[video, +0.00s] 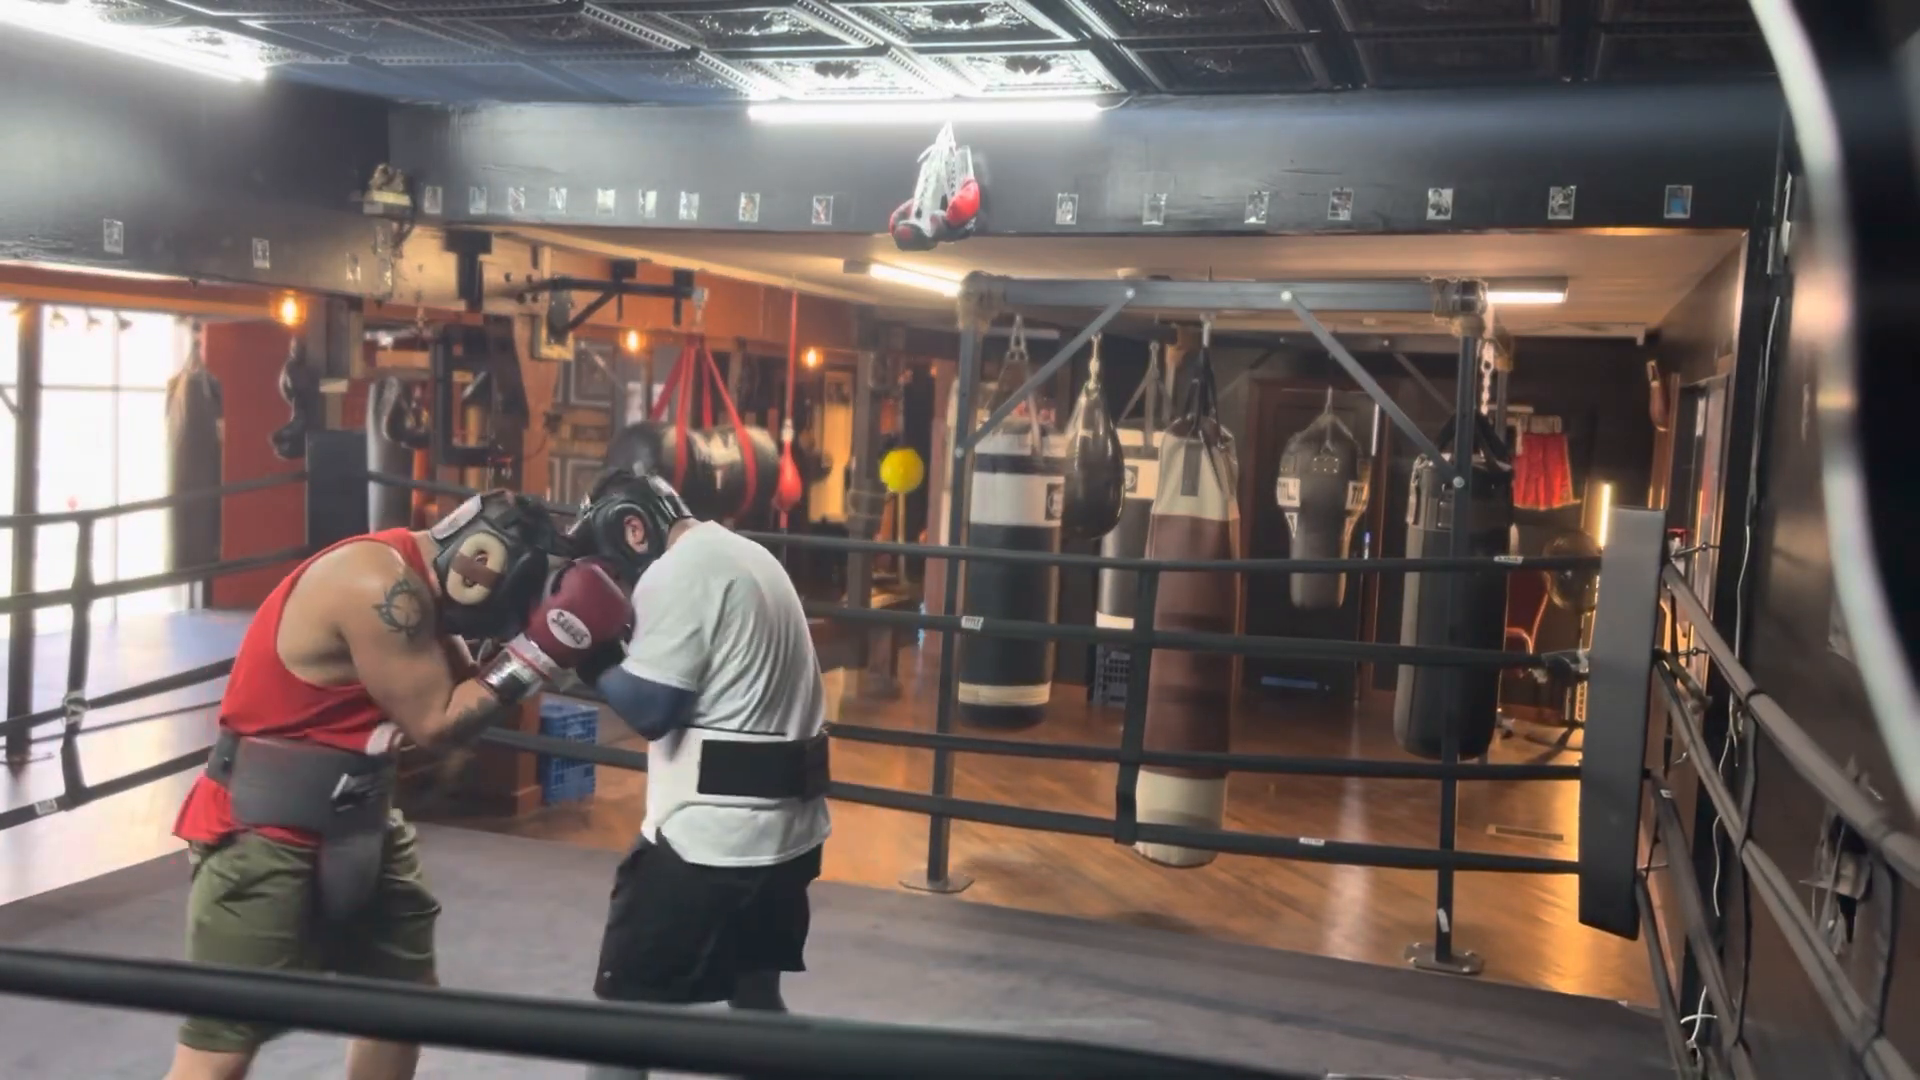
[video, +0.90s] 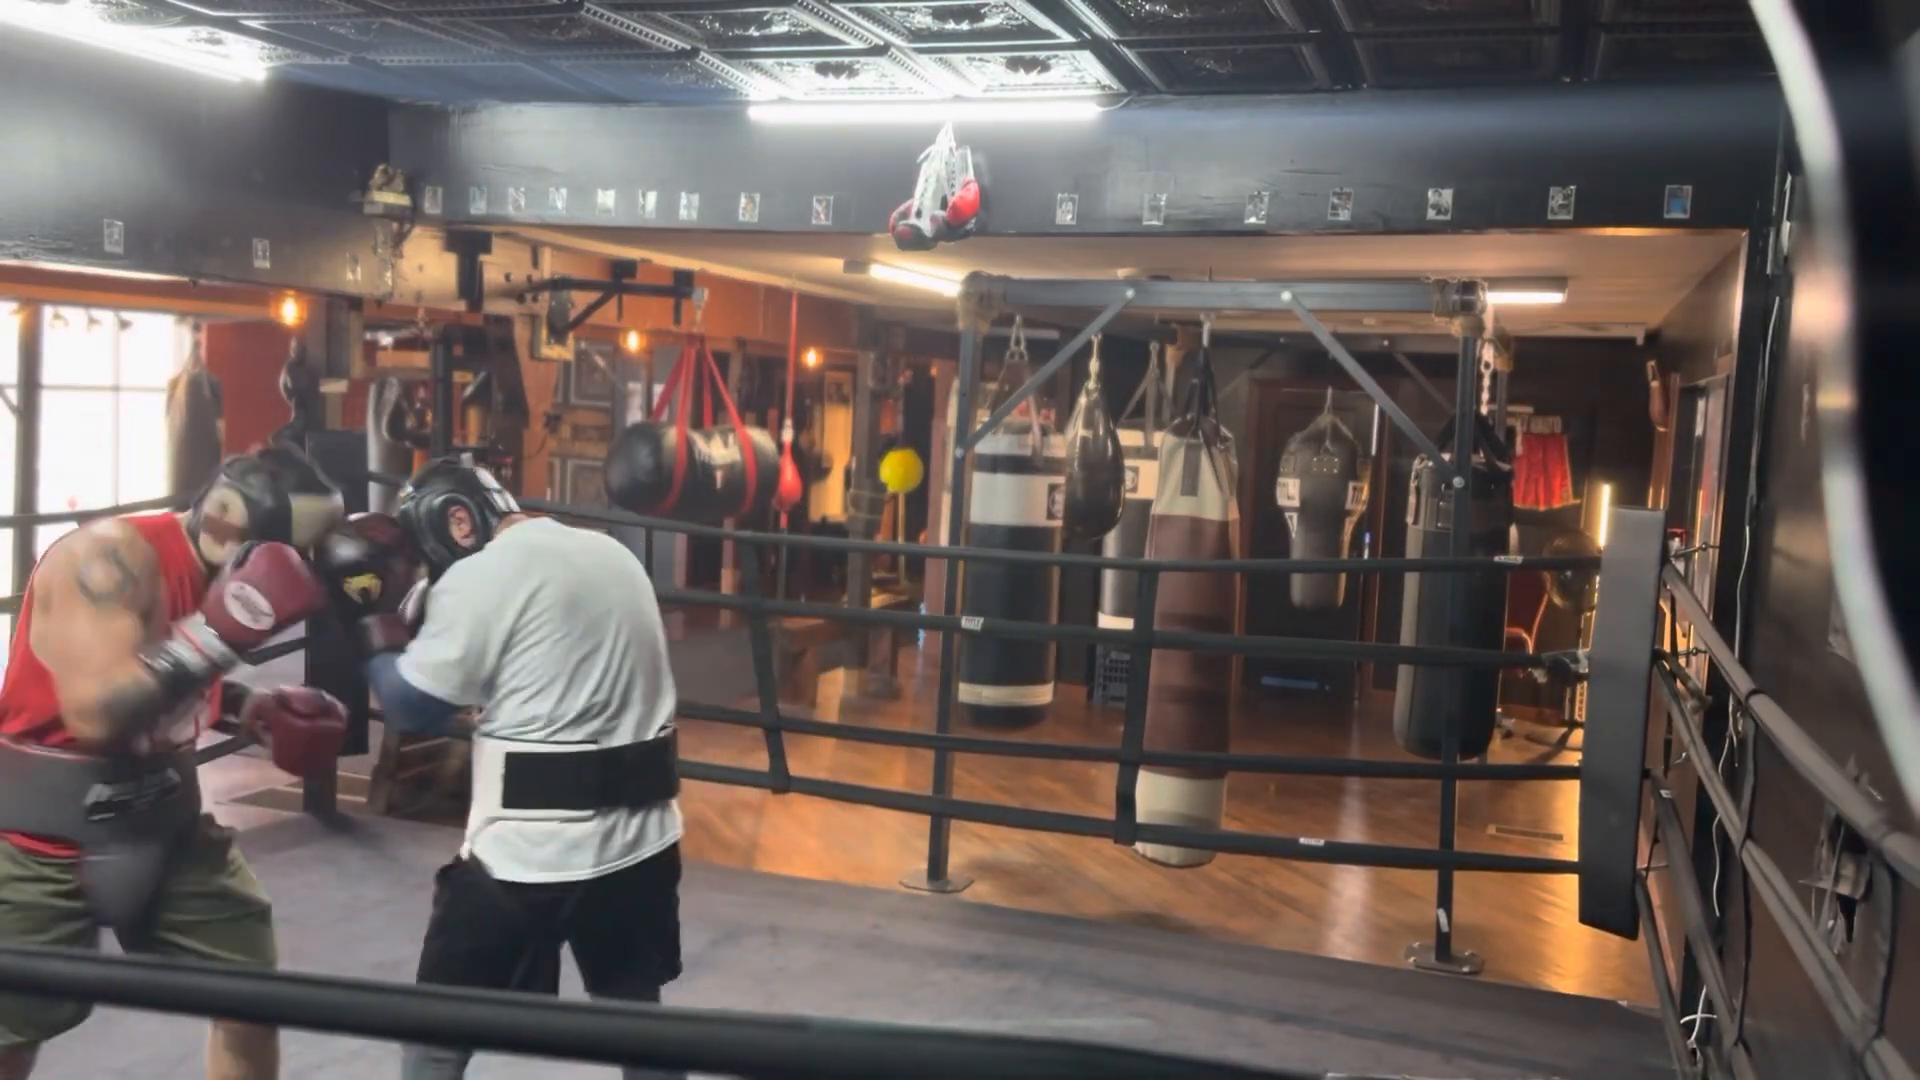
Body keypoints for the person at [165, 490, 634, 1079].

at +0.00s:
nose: (481, 579)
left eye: (500, 578)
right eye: (480, 559)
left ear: (516, 589)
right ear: (461, 536)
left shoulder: (428, 589)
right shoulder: (373, 583)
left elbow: (462, 691)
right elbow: (437, 723)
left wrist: (548, 650)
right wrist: (538, 653)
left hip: (358, 814)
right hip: (265, 819)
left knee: (401, 1005)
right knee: (220, 1041)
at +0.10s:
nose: (461, 579)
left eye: (478, 576)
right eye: (460, 560)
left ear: (493, 580)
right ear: (441, 535)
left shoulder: (412, 582)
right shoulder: (355, 578)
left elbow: (450, 680)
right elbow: (421, 716)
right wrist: (523, 642)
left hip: (344, 816)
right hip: (249, 821)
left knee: (385, 1005)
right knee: (203, 1043)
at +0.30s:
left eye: (376, 575)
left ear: (383, 572)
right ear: (336, 534)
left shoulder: (335, 593)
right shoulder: (232, 570)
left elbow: (355, 721)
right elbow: (308, 711)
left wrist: (437, 636)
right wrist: (399, 624)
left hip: (289, 827)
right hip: (186, 844)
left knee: (356, 1008)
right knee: (115, 1059)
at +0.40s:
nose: (284, 599)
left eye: (299, 590)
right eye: (290, 583)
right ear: (261, 542)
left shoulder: (253, 601)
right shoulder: (135, 588)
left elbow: (297, 739)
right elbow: (211, 731)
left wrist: (367, 654)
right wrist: (305, 645)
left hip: (222, 845)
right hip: (110, 864)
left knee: (306, 1024)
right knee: (40, 1058)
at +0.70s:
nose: (248, 597)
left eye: (259, 583)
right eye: (257, 577)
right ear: (210, 534)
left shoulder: (211, 582)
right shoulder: (87, 577)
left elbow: (254, 706)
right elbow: (166, 728)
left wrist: (305, 614)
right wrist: (271, 633)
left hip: (157, 825)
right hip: (48, 845)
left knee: (224, 1007)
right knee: (18, 1047)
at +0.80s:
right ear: (227, 548)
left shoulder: (210, 582)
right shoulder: (100, 577)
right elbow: (159, 732)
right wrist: (260, 645)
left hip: (157, 819)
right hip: (49, 844)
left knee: (231, 1012)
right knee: (19, 1057)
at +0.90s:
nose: (250, 565)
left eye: (267, 553)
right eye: (244, 547)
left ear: (274, 547)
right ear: (219, 516)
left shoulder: (220, 577)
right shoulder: (95, 559)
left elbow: (175, 682)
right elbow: (94, 709)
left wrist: (253, 709)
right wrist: (219, 631)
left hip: (165, 825)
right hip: (37, 841)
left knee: (248, 994)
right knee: (13, 1040)